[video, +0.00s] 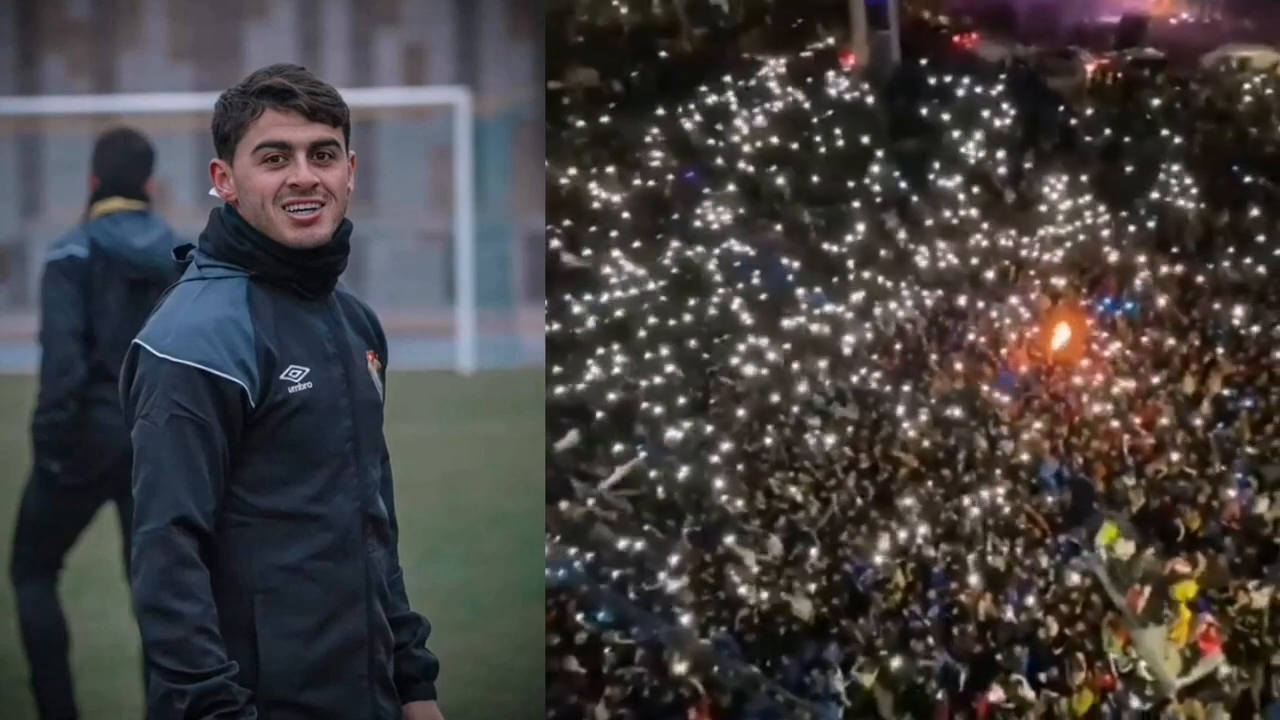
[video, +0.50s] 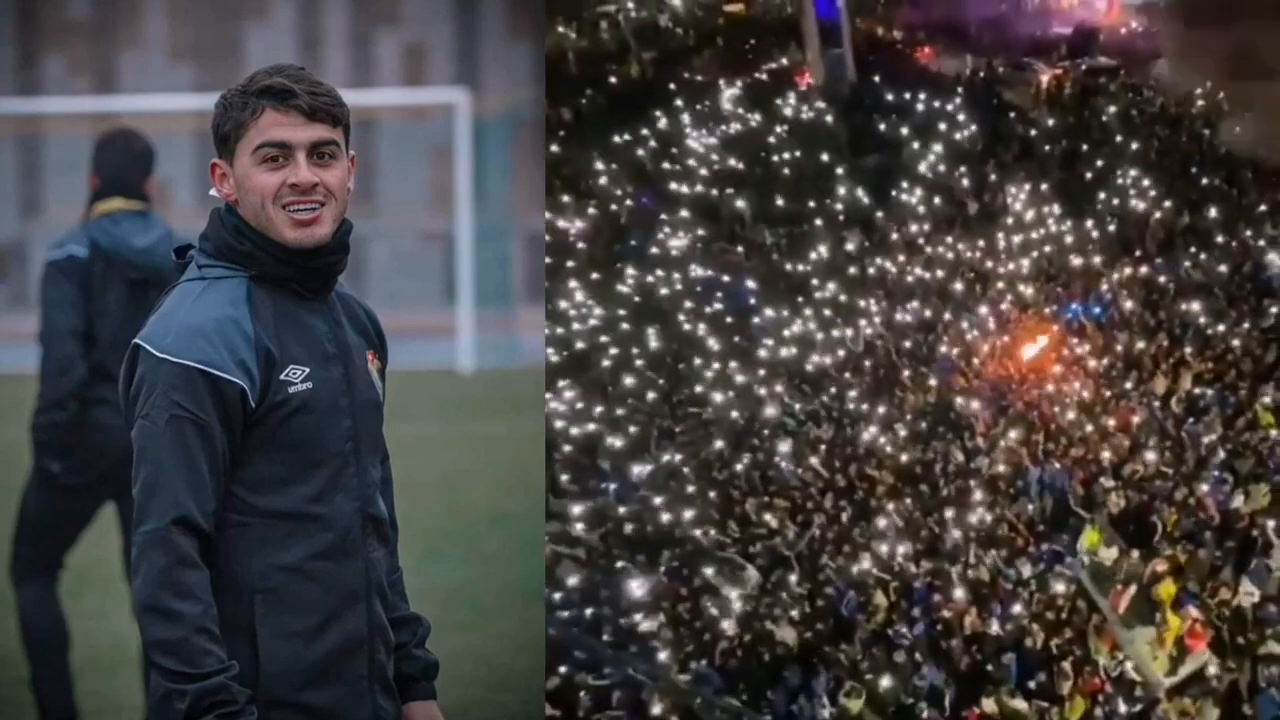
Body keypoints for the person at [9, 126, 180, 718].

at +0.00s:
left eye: (92, 173)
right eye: (150, 178)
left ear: (94, 180)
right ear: (152, 185)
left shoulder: (73, 254)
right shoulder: (178, 255)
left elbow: (65, 363)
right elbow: (191, 352)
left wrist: (51, 442)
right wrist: (175, 429)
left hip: (87, 449)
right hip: (158, 448)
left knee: (34, 570)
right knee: (157, 580)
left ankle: (57, 707)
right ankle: (167, 704)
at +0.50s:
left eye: (92, 173)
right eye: (150, 178)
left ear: (94, 180)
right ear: (152, 185)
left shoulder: (73, 254)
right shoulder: (178, 255)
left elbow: (65, 363)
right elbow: (191, 352)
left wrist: (51, 442)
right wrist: (175, 429)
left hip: (87, 449)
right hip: (158, 448)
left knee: (34, 570)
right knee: (157, 580)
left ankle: (57, 707)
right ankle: (167, 704)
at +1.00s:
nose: (95, 182)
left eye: (92, 173)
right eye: (150, 178)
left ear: (94, 180)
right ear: (152, 185)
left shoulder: (73, 254)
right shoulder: (178, 255)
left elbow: (65, 363)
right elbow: (191, 352)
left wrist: (51, 442)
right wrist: (175, 429)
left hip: (87, 449)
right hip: (158, 448)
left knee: (34, 570)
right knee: (157, 580)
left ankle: (57, 707)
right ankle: (167, 704)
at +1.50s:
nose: (96, 182)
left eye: (92, 173)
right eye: (150, 178)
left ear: (94, 180)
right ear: (152, 185)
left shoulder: (73, 254)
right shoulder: (178, 255)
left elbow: (65, 363)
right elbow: (191, 352)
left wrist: (51, 442)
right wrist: (175, 429)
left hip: (87, 449)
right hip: (158, 447)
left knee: (34, 570)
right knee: (157, 580)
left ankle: (57, 707)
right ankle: (167, 704)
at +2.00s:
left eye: (92, 174)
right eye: (150, 178)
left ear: (94, 180)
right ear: (152, 185)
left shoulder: (73, 254)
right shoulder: (178, 255)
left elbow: (65, 363)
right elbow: (190, 351)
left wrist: (51, 441)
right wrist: (175, 428)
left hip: (87, 448)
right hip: (158, 447)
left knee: (33, 569)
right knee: (157, 580)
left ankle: (56, 707)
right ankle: (167, 704)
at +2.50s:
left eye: (92, 173)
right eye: (150, 178)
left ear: (94, 180)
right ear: (152, 185)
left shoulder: (73, 254)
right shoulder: (178, 255)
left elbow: (65, 363)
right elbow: (191, 352)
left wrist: (51, 442)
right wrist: (175, 429)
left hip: (87, 449)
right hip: (158, 448)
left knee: (34, 570)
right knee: (157, 580)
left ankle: (57, 707)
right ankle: (167, 704)